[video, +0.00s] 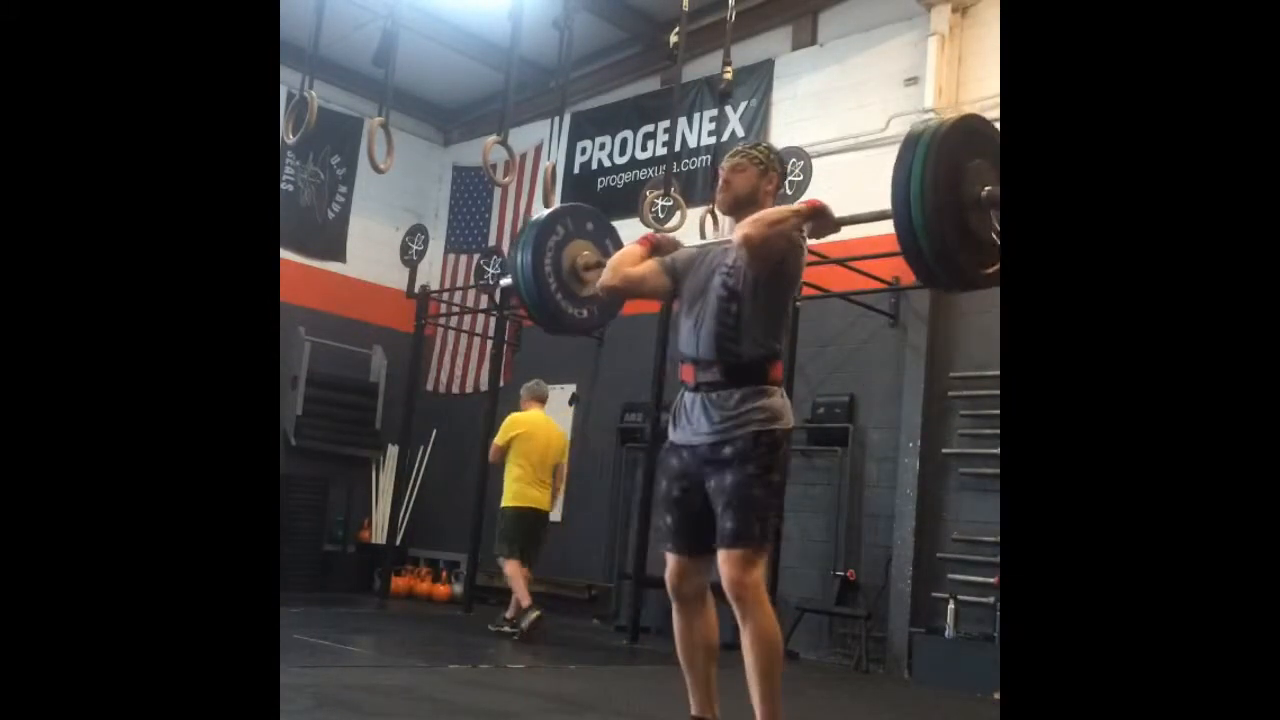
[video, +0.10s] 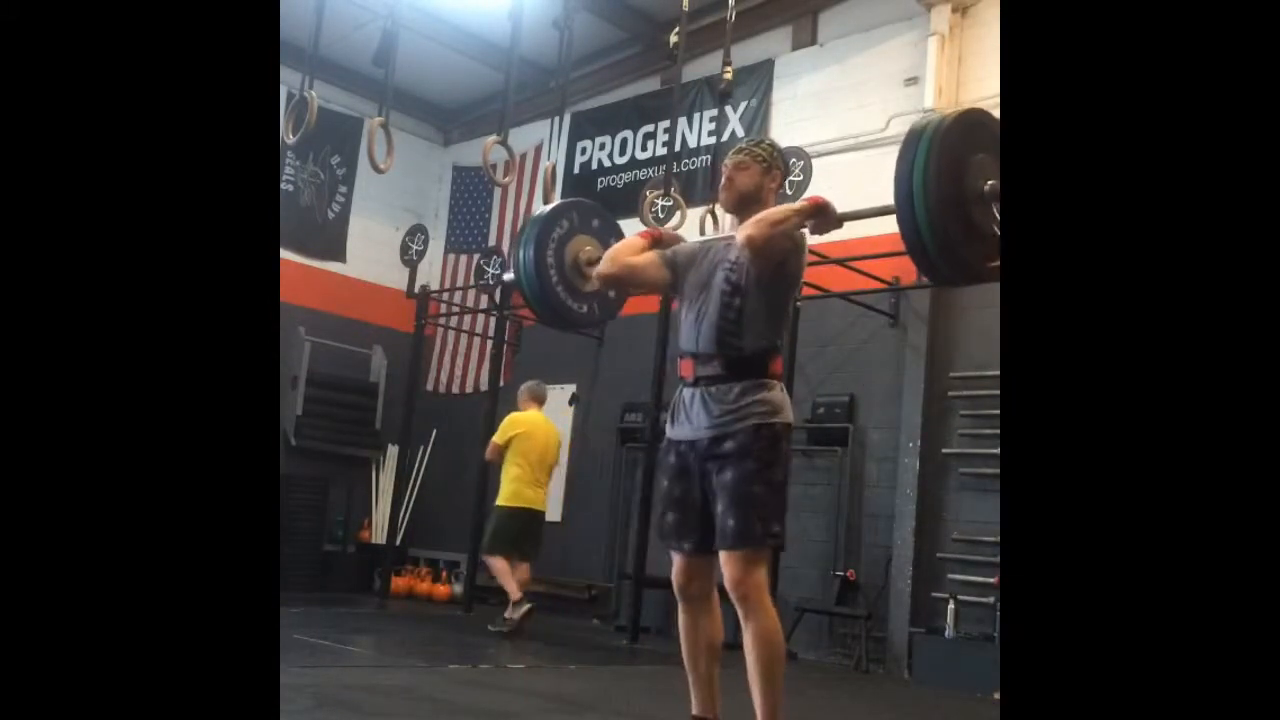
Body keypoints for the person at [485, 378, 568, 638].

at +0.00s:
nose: (520, 404)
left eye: (521, 400)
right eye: (522, 401)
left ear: (525, 400)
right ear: (545, 401)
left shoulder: (516, 420)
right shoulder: (559, 433)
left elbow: (494, 455)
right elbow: (560, 475)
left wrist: (516, 455)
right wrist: (552, 496)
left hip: (515, 499)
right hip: (542, 503)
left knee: (507, 555)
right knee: (526, 562)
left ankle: (527, 606)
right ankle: (510, 615)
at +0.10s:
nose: (518, 402)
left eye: (519, 398)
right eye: (519, 398)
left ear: (524, 398)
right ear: (543, 401)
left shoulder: (516, 419)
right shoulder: (554, 431)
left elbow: (491, 454)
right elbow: (553, 465)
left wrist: (512, 459)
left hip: (511, 499)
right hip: (537, 503)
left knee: (491, 552)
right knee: (522, 559)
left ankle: (516, 599)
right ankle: (512, 613)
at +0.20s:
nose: (514, 402)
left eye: (516, 397)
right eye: (516, 397)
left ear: (524, 398)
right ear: (539, 401)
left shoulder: (515, 419)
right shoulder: (549, 431)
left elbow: (489, 453)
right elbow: (542, 463)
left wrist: (511, 456)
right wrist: (514, 456)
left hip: (507, 498)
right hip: (532, 503)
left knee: (485, 550)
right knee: (521, 558)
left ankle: (501, 603)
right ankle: (511, 615)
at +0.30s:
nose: (510, 400)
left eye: (513, 396)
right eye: (512, 395)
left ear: (523, 398)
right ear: (533, 400)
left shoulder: (513, 419)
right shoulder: (544, 430)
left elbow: (486, 452)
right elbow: (532, 466)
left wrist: (508, 458)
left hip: (502, 497)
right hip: (529, 503)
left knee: (476, 549)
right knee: (520, 559)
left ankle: (480, 610)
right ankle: (510, 617)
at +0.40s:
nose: (505, 399)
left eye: (508, 395)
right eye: (507, 394)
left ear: (518, 397)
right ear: (529, 399)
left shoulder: (509, 421)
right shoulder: (538, 430)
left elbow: (483, 455)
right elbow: (522, 470)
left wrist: (506, 460)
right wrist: (487, 491)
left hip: (498, 499)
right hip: (524, 504)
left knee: (470, 549)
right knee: (516, 558)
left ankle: (458, 608)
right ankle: (509, 617)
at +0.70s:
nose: (478, 398)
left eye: (482, 393)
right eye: (480, 393)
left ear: (494, 398)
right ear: (498, 399)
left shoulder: (482, 425)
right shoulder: (516, 431)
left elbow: (459, 459)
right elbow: (510, 464)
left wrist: (485, 459)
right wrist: (478, 459)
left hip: (476, 501)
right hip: (505, 503)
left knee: (455, 553)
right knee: (503, 555)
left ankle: (438, 606)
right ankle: (508, 614)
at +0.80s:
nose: (469, 399)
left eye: (472, 394)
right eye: (470, 394)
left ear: (483, 397)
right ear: (491, 399)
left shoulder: (471, 424)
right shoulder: (508, 429)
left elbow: (449, 459)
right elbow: (503, 463)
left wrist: (473, 460)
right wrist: (471, 460)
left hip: (467, 497)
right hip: (495, 500)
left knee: (447, 551)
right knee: (494, 552)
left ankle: (436, 606)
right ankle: (506, 609)